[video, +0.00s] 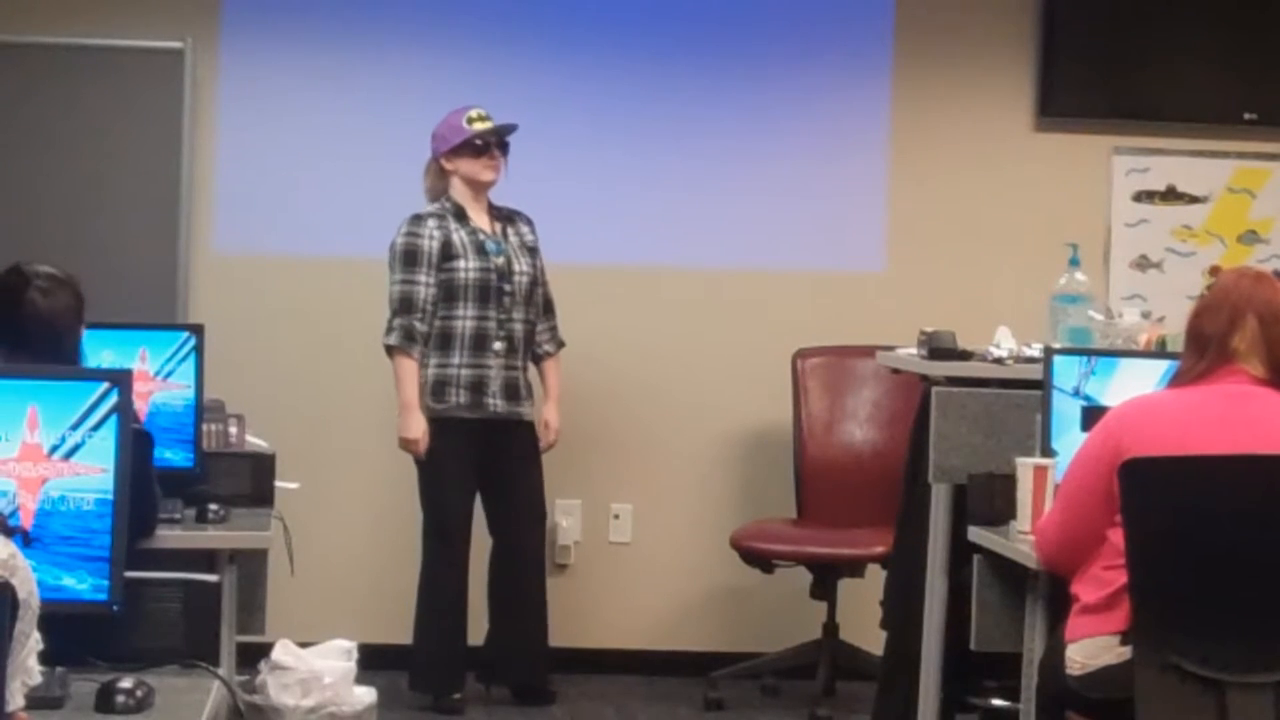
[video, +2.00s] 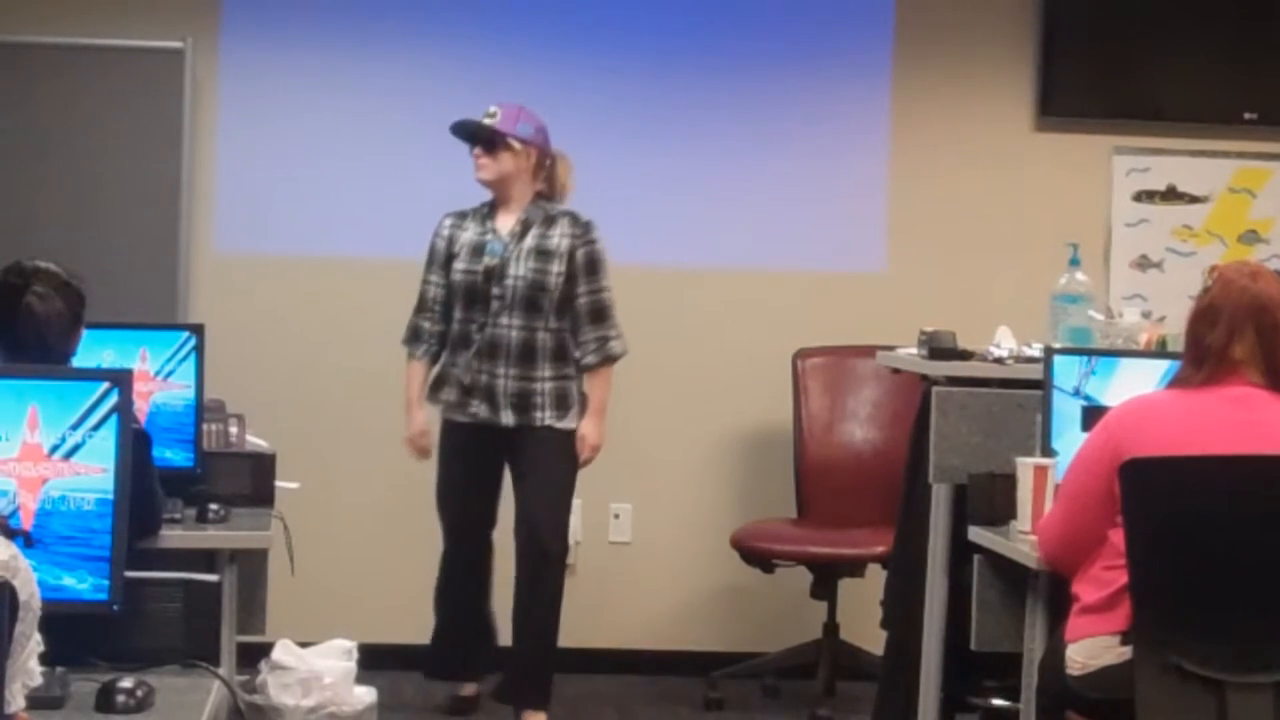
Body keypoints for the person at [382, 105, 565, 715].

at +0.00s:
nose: (493, 157)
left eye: (497, 148)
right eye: (478, 149)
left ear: (501, 159)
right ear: (447, 160)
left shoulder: (518, 230)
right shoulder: (422, 229)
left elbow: (542, 320)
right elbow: (404, 329)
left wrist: (551, 397)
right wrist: (410, 409)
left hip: (513, 417)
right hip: (447, 418)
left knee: (522, 547)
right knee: (447, 552)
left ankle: (519, 673)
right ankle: (439, 681)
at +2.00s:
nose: (478, 155)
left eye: (492, 147)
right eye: (477, 147)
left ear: (530, 156)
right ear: (484, 158)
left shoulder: (573, 233)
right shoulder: (455, 229)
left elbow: (597, 331)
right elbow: (428, 322)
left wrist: (594, 414)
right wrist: (415, 404)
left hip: (547, 415)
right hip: (467, 411)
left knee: (542, 549)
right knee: (463, 541)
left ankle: (532, 694)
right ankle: (468, 669)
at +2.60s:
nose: (483, 182)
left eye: (497, 174)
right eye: (485, 173)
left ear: (537, 184)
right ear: (502, 183)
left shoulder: (581, 256)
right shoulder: (472, 258)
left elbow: (594, 354)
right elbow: (438, 350)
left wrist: (560, 426)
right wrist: (387, 407)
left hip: (558, 443)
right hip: (475, 441)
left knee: (569, 571)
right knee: (452, 566)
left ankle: (580, 701)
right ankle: (456, 711)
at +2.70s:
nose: (479, 171)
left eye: (493, 164)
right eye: (481, 162)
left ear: (532, 175)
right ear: (490, 174)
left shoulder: (573, 251)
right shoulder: (460, 249)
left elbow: (574, 343)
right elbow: (435, 344)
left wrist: (514, 391)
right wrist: (419, 427)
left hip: (552, 440)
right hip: (466, 437)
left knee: (558, 570)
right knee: (450, 568)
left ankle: (572, 701)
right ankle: (468, 709)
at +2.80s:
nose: (480, 145)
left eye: (495, 137)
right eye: (480, 136)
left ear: (536, 148)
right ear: (482, 148)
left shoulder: (572, 223)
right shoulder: (452, 220)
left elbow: (566, 310)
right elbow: (432, 319)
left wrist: (486, 344)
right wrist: (449, 384)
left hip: (553, 419)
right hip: (469, 416)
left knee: (548, 560)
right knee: (466, 561)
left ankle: (547, 702)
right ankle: (458, 705)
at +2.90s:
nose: (489, 143)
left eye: (505, 135)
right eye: (484, 134)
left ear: (540, 145)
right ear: (478, 144)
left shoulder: (573, 221)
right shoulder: (448, 216)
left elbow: (568, 305)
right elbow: (421, 310)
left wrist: (486, 328)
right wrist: (447, 374)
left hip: (550, 421)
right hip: (466, 417)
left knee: (542, 565)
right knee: (465, 564)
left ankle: (533, 704)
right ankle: (465, 705)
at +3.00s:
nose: (511, 165)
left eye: (526, 155)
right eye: (499, 153)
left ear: (548, 166)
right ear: (483, 162)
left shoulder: (572, 240)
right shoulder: (449, 236)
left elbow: (572, 335)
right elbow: (414, 329)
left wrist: (526, 389)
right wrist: (411, 402)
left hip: (543, 430)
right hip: (457, 426)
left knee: (557, 572)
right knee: (453, 568)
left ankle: (524, 706)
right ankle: (454, 703)